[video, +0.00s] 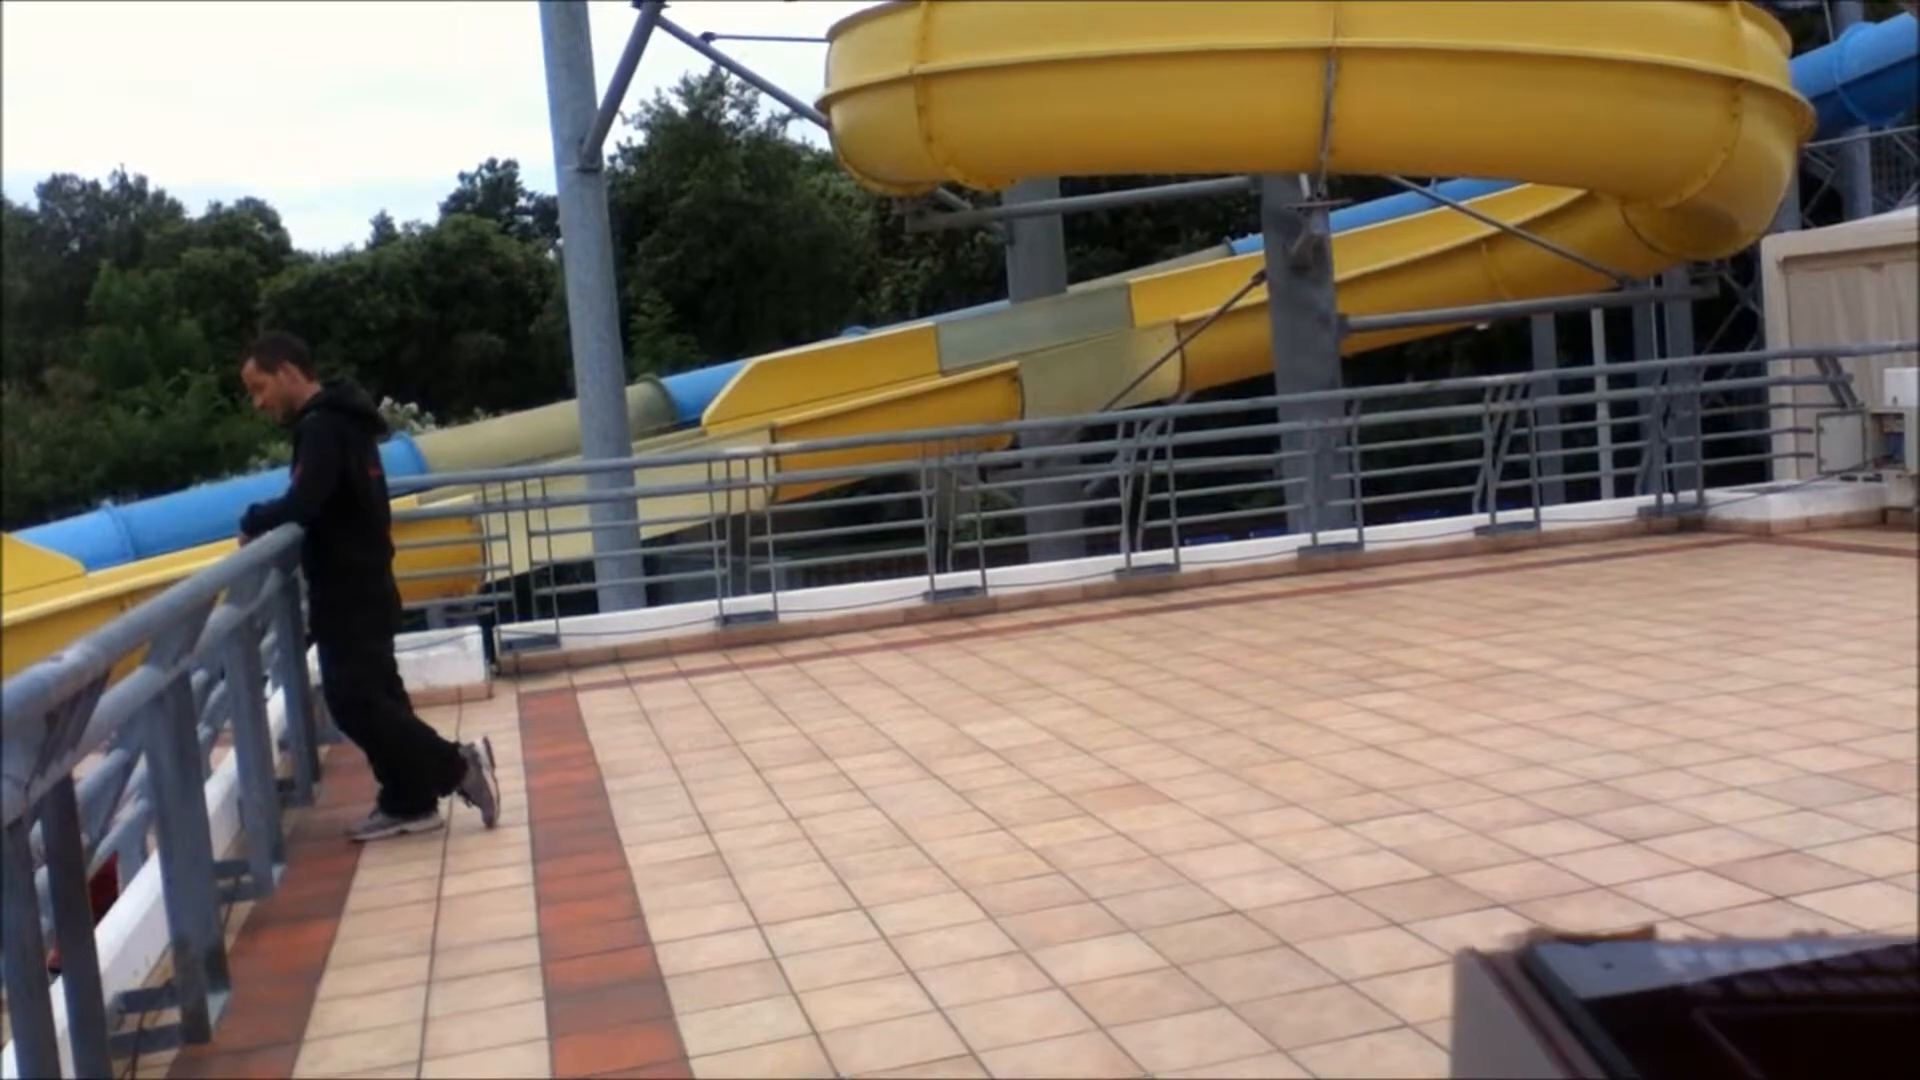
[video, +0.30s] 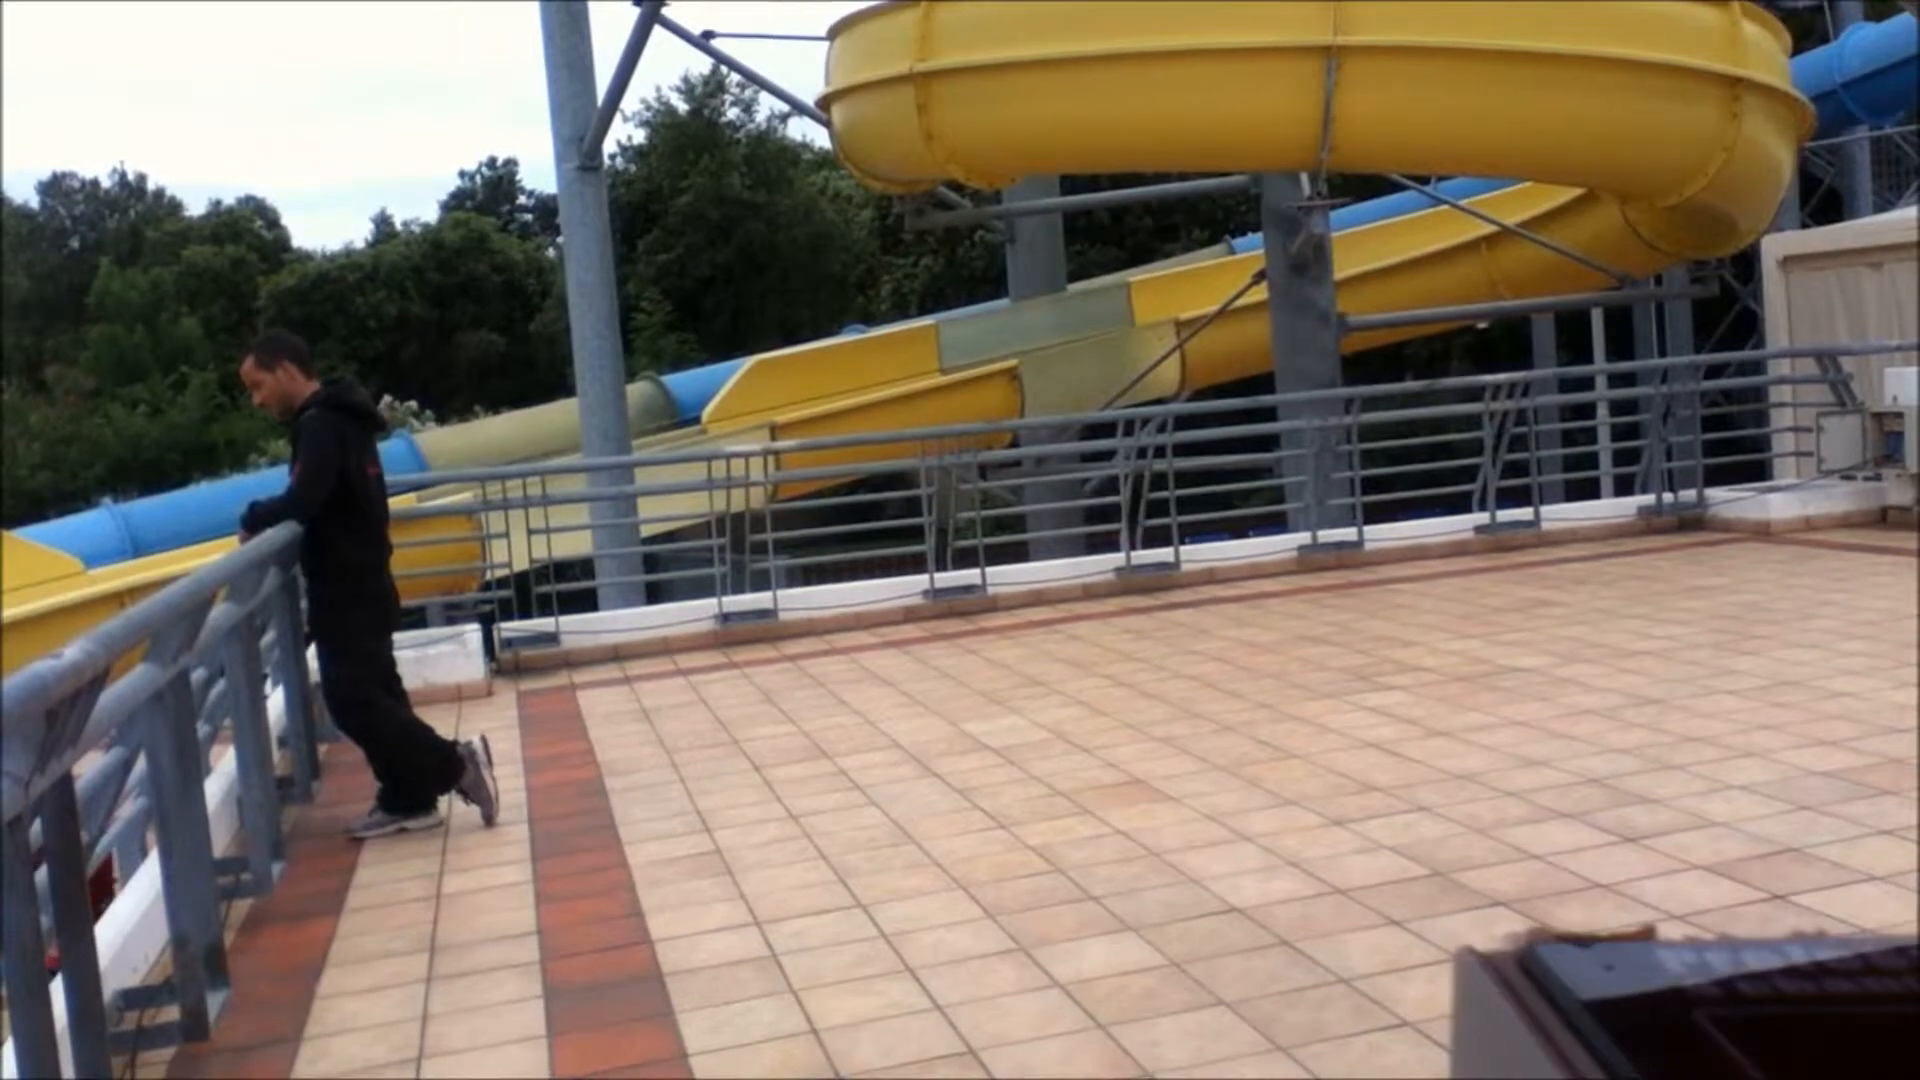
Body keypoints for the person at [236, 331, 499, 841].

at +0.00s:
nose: (257, 403)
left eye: (258, 388)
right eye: (252, 393)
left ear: (289, 373)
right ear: (294, 377)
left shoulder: (322, 426)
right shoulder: (340, 416)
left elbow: (307, 504)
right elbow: (321, 502)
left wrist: (255, 520)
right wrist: (270, 519)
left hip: (348, 592)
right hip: (364, 587)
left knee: (351, 705)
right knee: (377, 693)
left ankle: (455, 766)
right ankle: (407, 804)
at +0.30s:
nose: (256, 401)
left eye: (256, 386)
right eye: (250, 391)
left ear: (287, 371)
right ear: (292, 375)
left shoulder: (320, 424)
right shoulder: (337, 415)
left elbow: (307, 502)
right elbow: (321, 501)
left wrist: (256, 516)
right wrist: (271, 515)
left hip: (347, 591)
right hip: (361, 587)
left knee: (350, 703)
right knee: (376, 692)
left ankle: (454, 765)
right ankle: (406, 802)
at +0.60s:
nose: (249, 357)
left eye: (250, 342)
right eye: (245, 347)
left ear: (281, 328)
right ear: (285, 332)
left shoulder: (316, 381)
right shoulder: (331, 373)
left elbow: (305, 458)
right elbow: (320, 457)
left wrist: (251, 475)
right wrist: (267, 473)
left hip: (343, 549)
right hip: (357, 544)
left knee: (346, 661)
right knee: (372, 649)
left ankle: (449, 724)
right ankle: (403, 760)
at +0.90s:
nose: (252, 363)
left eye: (252, 349)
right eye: (247, 353)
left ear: (281, 335)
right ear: (286, 339)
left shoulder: (317, 388)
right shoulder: (332, 380)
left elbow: (304, 466)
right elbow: (318, 465)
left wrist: (252, 483)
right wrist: (268, 481)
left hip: (344, 556)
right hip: (357, 551)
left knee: (347, 667)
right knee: (372, 656)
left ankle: (450, 731)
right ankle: (404, 767)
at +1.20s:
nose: (252, 362)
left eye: (254, 347)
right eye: (248, 351)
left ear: (283, 334)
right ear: (288, 337)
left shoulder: (317, 389)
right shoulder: (335, 378)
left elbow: (303, 467)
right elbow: (315, 463)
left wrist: (252, 482)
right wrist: (268, 480)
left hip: (343, 554)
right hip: (358, 549)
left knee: (347, 667)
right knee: (372, 655)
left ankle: (450, 730)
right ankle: (403, 765)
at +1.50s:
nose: (252, 358)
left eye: (253, 343)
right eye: (248, 346)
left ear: (283, 333)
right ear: (289, 335)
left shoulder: (319, 386)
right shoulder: (334, 377)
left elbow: (303, 465)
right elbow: (311, 463)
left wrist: (247, 485)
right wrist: (261, 484)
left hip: (345, 552)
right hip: (359, 548)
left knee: (348, 666)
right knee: (373, 654)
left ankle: (451, 730)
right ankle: (403, 765)